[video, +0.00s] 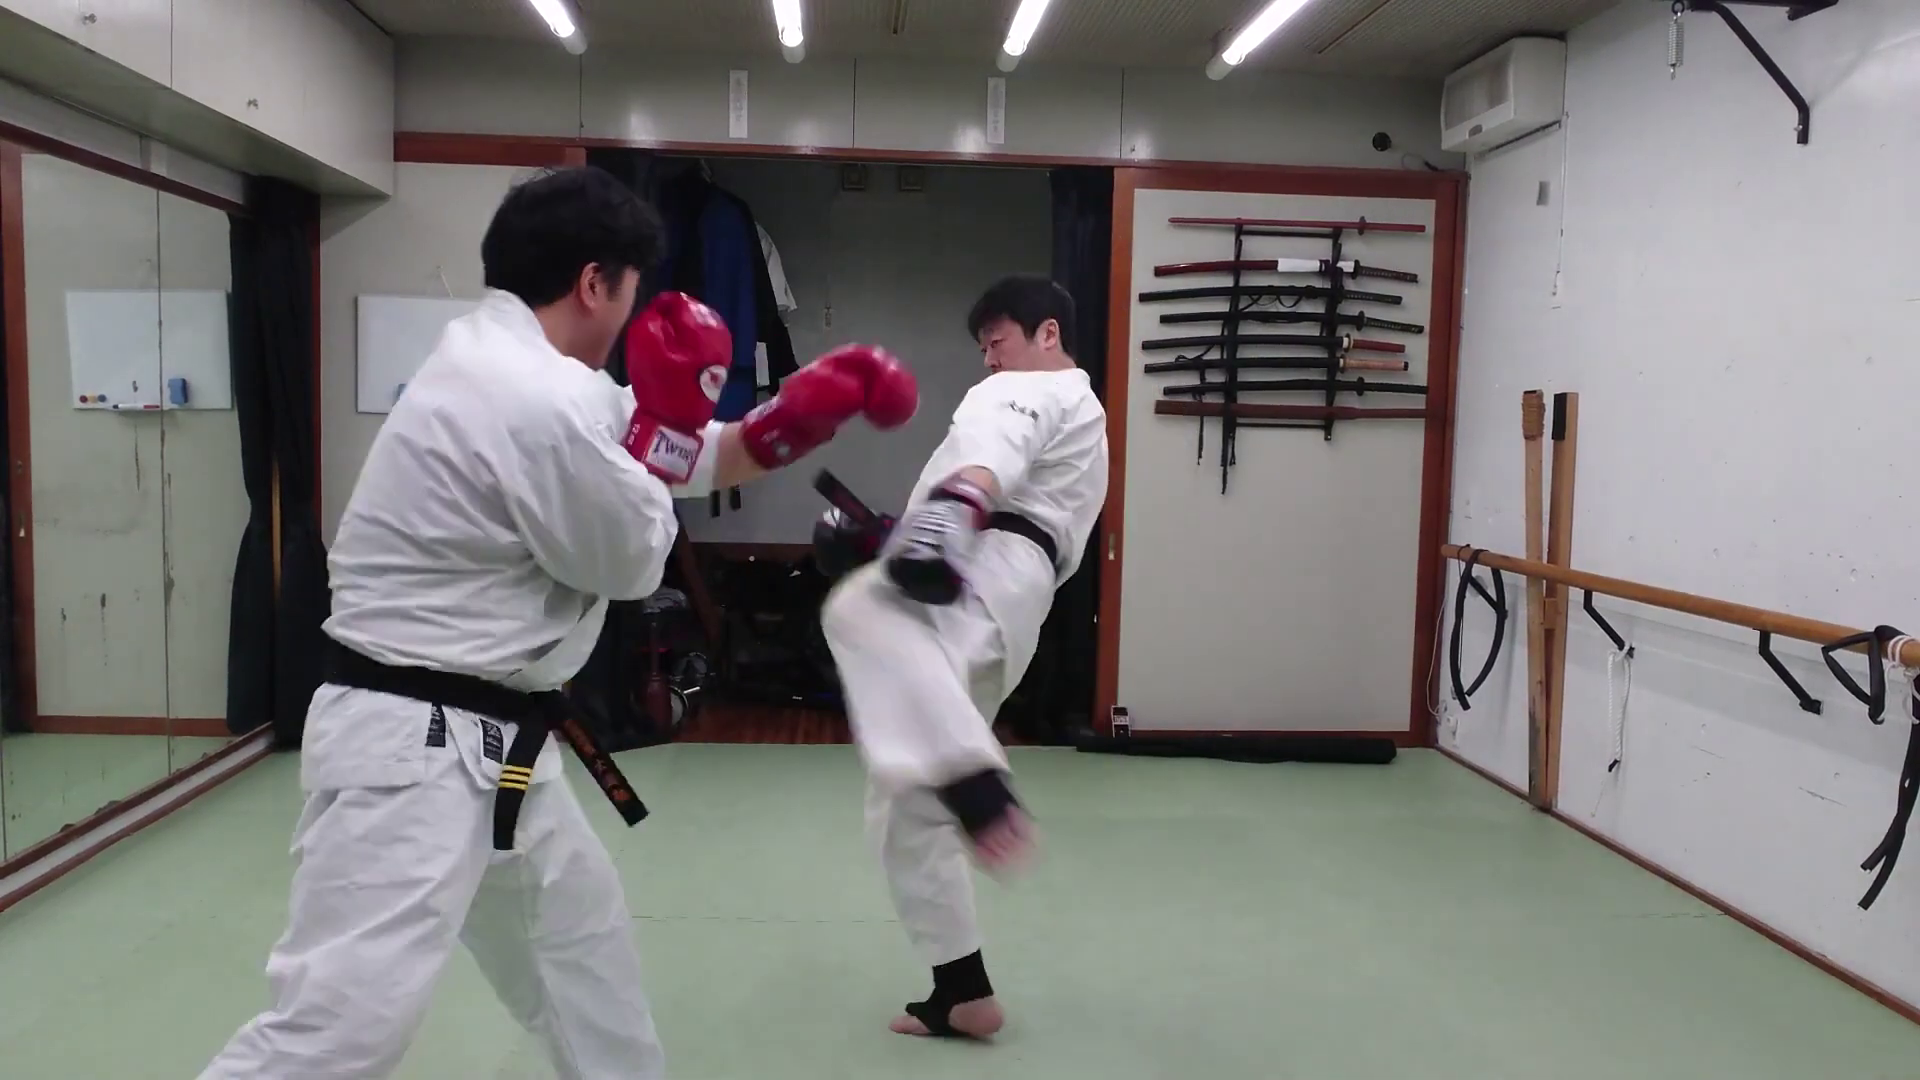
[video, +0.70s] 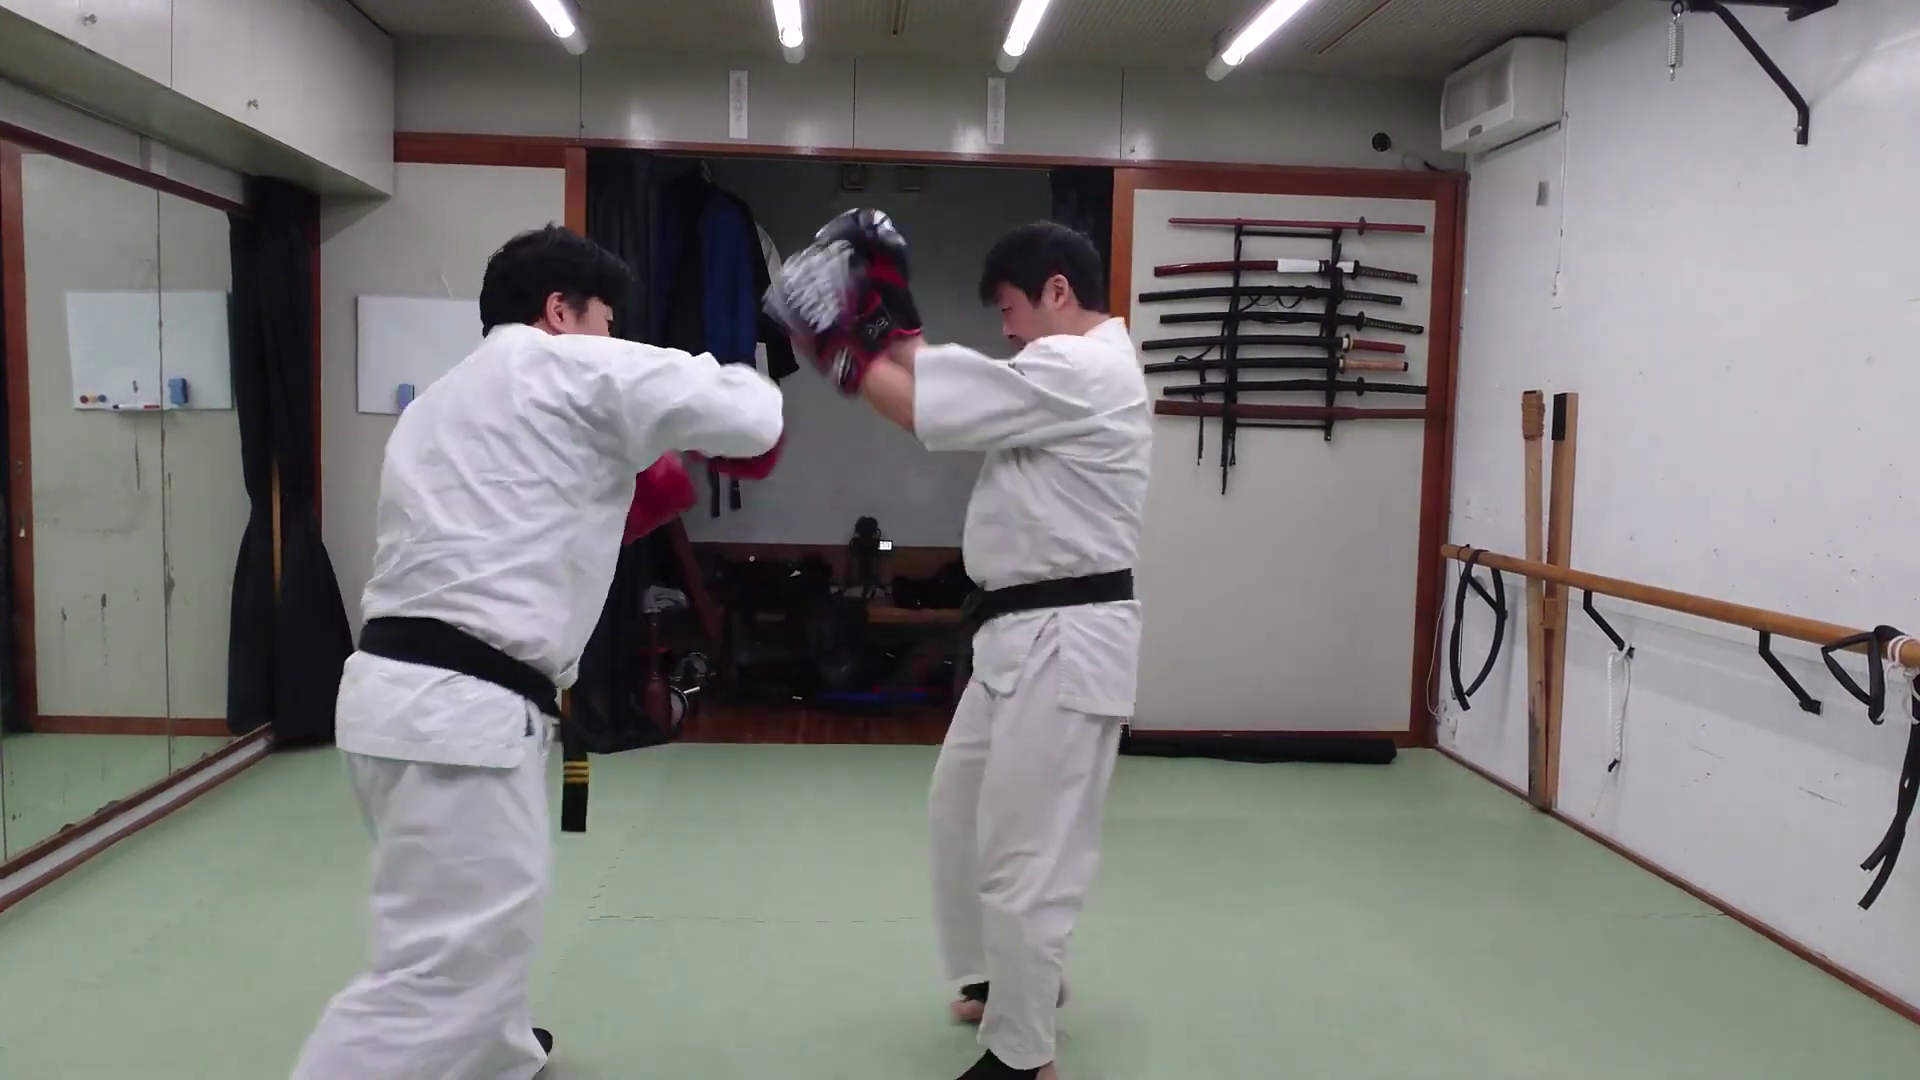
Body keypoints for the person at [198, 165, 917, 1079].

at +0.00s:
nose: (633, 315)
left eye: (640, 294)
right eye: (634, 292)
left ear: (539, 274)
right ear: (593, 283)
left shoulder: (489, 357)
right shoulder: (538, 397)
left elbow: (652, 461)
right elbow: (631, 560)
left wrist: (771, 436)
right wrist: (658, 416)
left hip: (493, 729)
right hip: (413, 732)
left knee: (584, 951)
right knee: (336, 1028)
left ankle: (625, 1070)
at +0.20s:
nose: (530, 339)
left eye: (532, 316)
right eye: (531, 315)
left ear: (409, 300)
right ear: (500, 316)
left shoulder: (372, 383)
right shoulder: (479, 446)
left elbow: (542, 470)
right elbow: (532, 609)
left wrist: (644, 521)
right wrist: (621, 603)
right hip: (350, 799)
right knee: (287, 1060)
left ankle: (569, 1070)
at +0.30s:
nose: (526, 357)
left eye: (528, 331)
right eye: (526, 330)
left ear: (412, 320)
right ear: (492, 328)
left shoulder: (377, 409)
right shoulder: (452, 444)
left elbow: (463, 555)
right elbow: (526, 630)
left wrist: (567, 658)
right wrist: (573, 508)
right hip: (335, 795)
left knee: (506, 879)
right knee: (286, 1060)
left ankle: (523, 1065)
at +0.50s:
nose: (586, 362)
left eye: (587, 346)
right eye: (582, 343)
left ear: (472, 332)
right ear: (542, 332)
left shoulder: (386, 423)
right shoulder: (547, 398)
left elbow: (351, 545)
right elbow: (725, 446)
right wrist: (737, 398)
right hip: (393, 740)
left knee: (478, 893)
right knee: (280, 1027)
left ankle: (496, 1058)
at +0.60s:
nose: (606, 354)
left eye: (605, 338)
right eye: (599, 336)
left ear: (488, 329)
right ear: (557, 327)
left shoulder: (401, 415)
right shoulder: (576, 393)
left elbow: (363, 562)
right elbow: (732, 392)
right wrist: (835, 366)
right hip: (422, 725)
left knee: (489, 896)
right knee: (324, 1010)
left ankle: (494, 1058)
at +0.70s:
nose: (610, 344)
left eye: (612, 328)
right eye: (606, 325)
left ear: (501, 311)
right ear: (557, 311)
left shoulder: (429, 405)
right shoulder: (577, 371)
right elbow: (756, 417)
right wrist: (729, 379)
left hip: (374, 706)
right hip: (467, 718)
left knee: (463, 937)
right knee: (443, 988)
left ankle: (498, 1055)